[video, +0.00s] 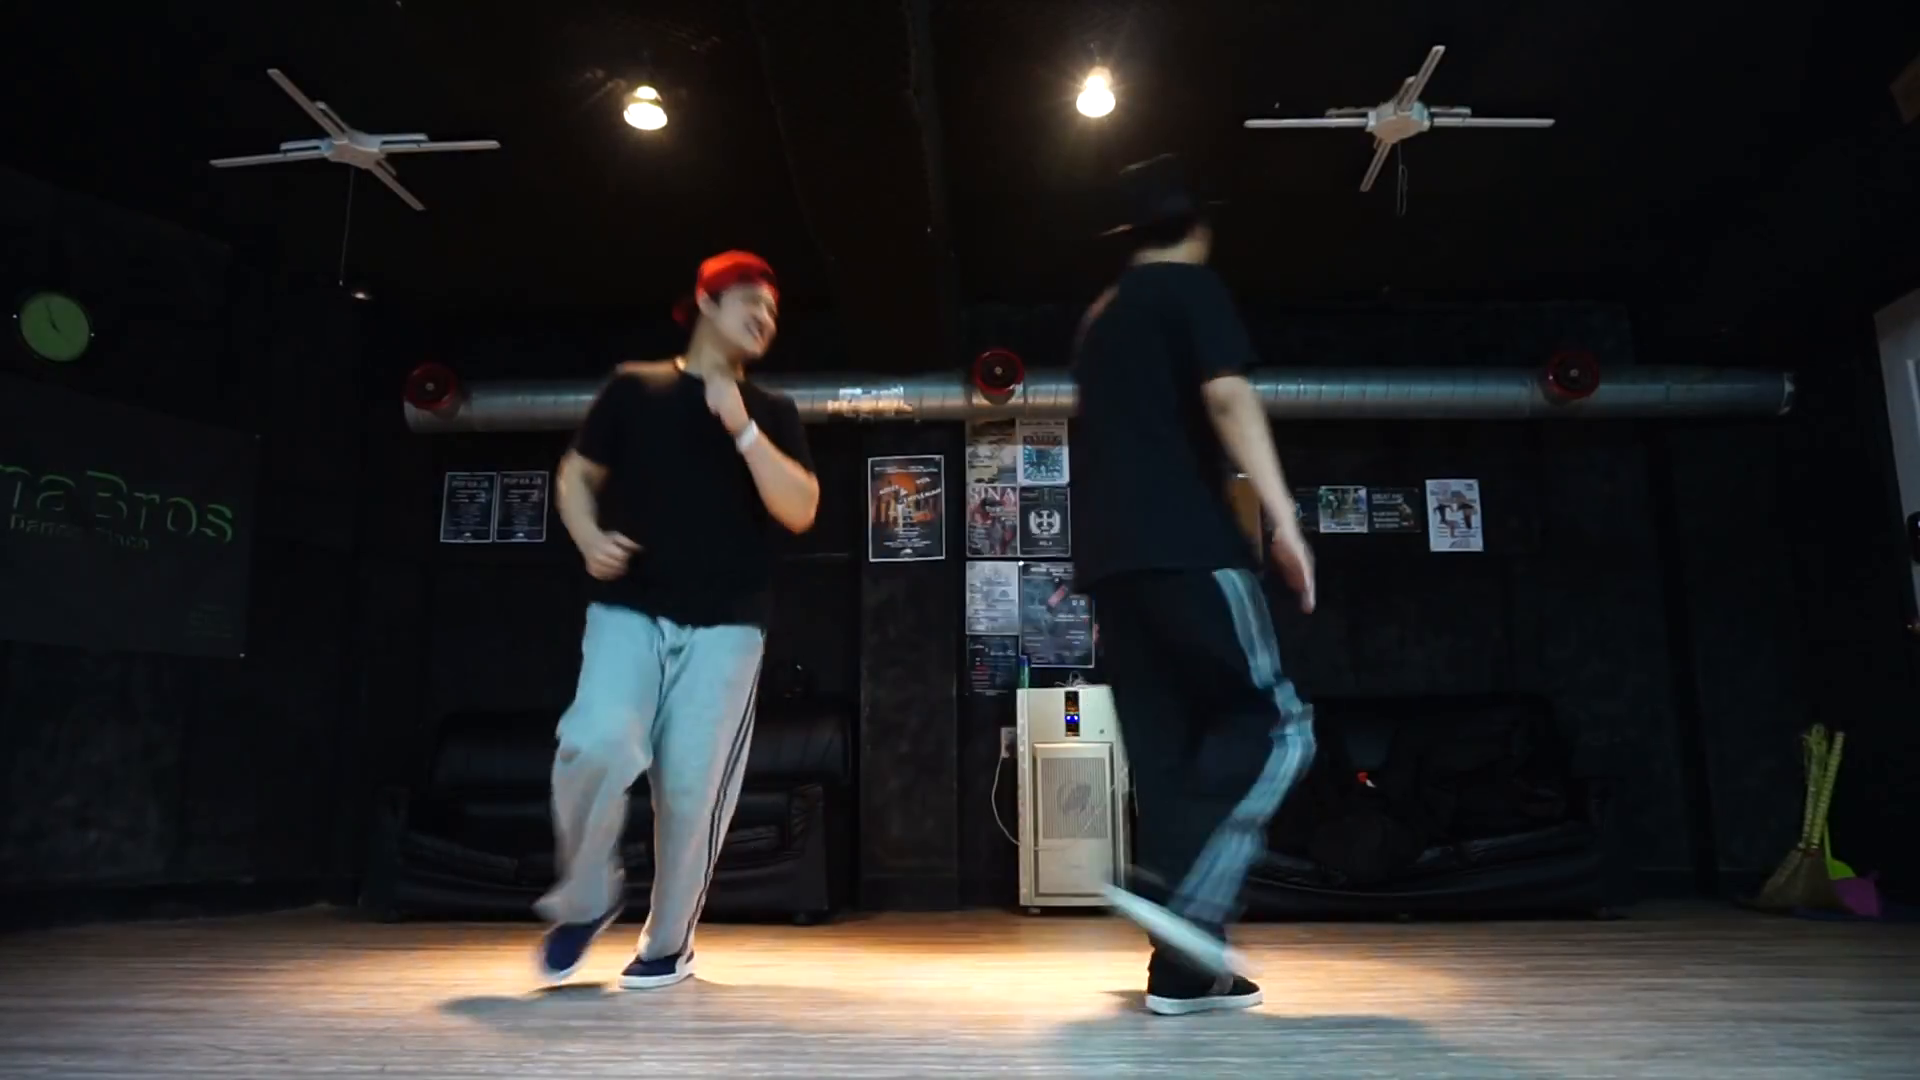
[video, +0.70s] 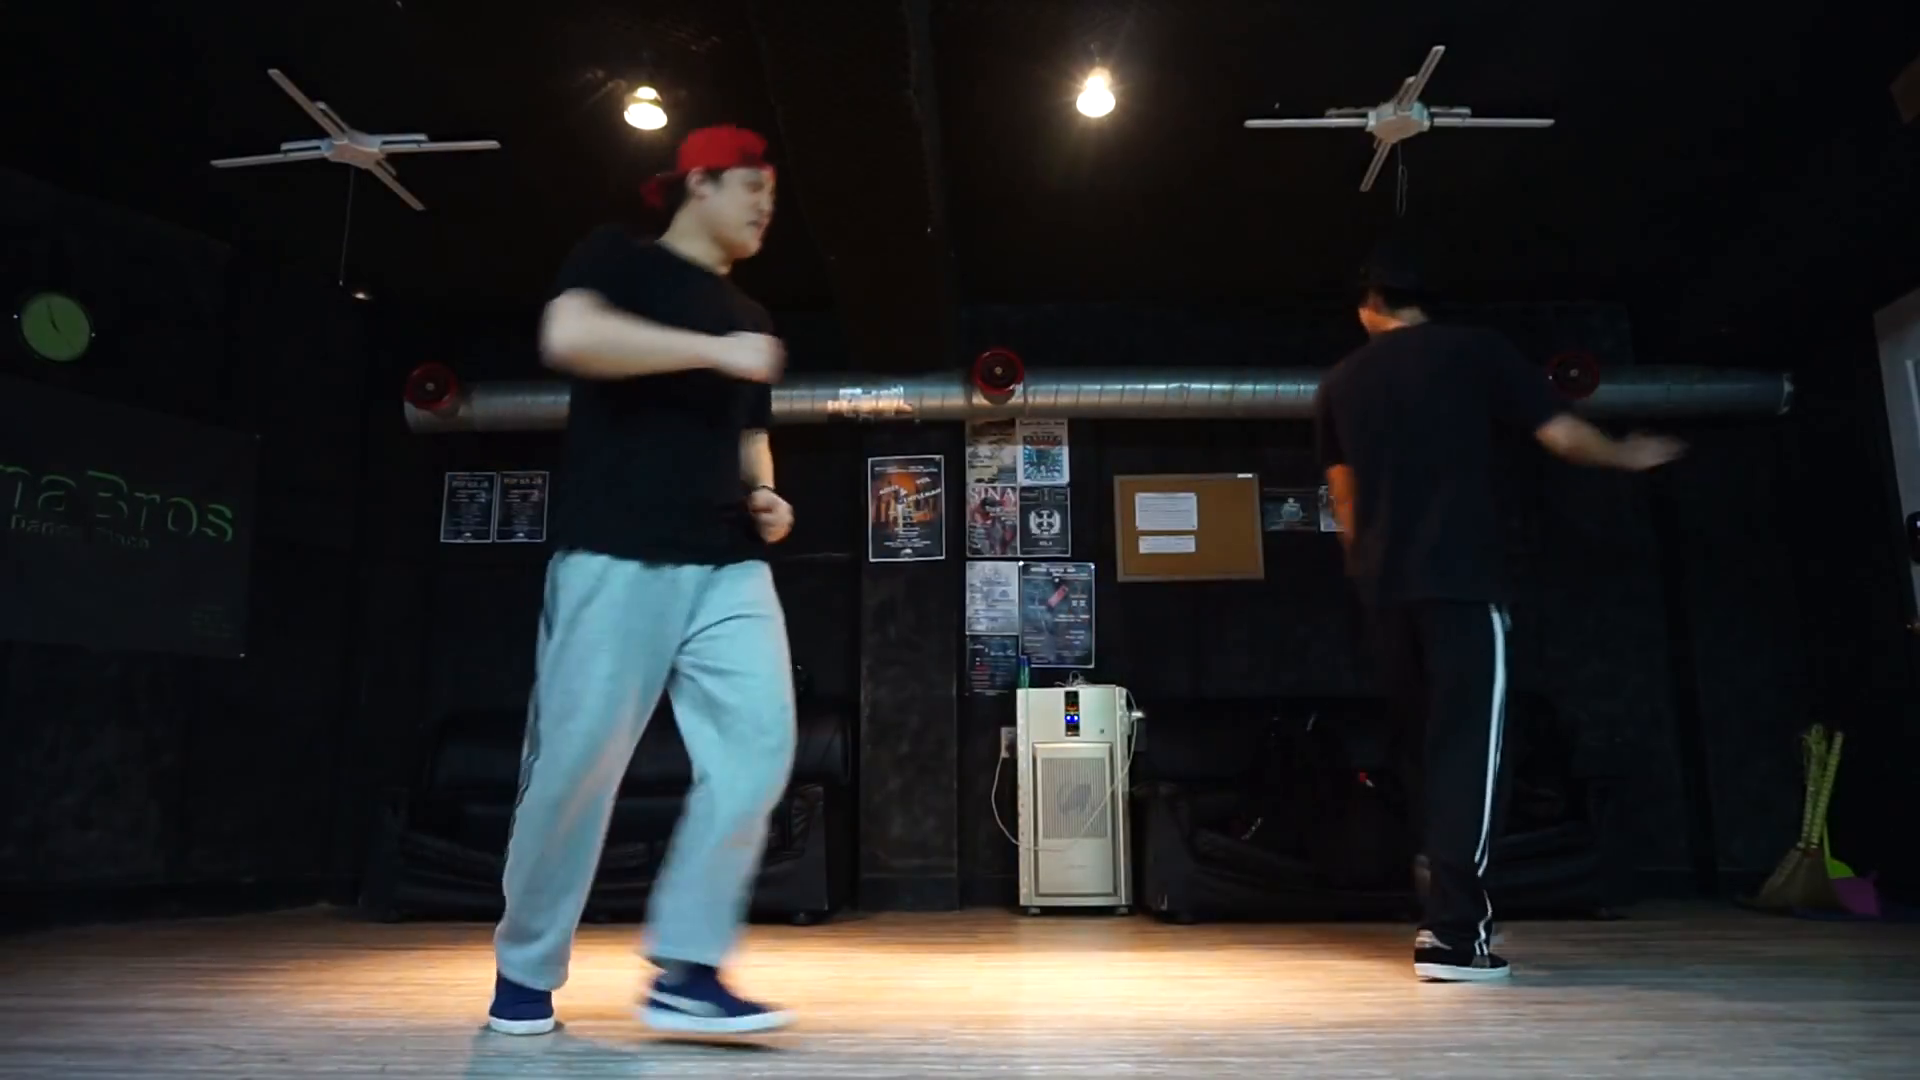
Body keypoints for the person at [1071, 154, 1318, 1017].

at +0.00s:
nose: (1208, 238)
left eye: (1199, 228)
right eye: (1206, 227)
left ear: (1133, 235)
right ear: (1196, 228)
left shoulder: (1105, 312)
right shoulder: (1192, 290)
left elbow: (1113, 443)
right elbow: (1229, 400)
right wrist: (1283, 518)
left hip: (1118, 560)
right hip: (1188, 551)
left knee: (1165, 750)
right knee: (1277, 723)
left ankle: (1183, 965)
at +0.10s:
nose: (1252, 251)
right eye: (1250, 239)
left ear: (1175, 242)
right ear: (1243, 238)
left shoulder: (1138, 326)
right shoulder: (1237, 297)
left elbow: (1114, 461)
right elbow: (1262, 385)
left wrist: (1102, 569)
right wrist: (1311, 492)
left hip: (1156, 574)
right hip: (1243, 564)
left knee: (1176, 760)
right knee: (1323, 727)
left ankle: (1184, 965)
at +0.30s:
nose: (1354, 299)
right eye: (1351, 289)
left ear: (1274, 282)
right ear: (1344, 286)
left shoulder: (1225, 363)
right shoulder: (1323, 334)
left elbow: (1158, 470)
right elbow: (1346, 387)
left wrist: (1113, 562)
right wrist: (1427, 464)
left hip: (1239, 600)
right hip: (1332, 593)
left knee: (1232, 762)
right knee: (1388, 760)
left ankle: (1190, 950)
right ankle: (1449, 934)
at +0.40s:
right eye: (1384, 296)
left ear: (1318, 295)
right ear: (1384, 295)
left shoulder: (1269, 375)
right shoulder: (1372, 348)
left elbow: (1207, 475)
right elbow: (1407, 396)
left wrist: (1152, 559)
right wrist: (1520, 458)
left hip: (1291, 595)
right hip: (1379, 588)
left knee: (1296, 745)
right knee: (1428, 753)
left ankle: (1227, 889)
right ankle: (1453, 939)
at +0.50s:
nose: (1354, 309)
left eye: (1347, 297)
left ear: (1339, 301)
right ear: (1408, 298)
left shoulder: (1300, 379)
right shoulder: (1417, 353)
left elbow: (1249, 488)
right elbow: (1494, 401)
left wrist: (1205, 569)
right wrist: (1617, 443)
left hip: (1327, 598)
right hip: (1416, 590)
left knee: (1349, 749)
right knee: (1451, 753)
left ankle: (1296, 853)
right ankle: (1452, 936)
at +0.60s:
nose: (1347, 309)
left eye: (1348, 299)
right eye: (1355, 299)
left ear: (1355, 301)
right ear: (1420, 294)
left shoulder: (1322, 374)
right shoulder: (1450, 350)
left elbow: (1296, 485)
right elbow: (1545, 406)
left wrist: (1279, 563)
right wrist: (1660, 438)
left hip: (1358, 591)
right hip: (1442, 583)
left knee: (1391, 740)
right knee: (1462, 751)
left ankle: (1374, 876)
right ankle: (1455, 937)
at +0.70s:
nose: (1362, 319)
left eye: (1360, 311)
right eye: (1369, 310)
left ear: (1368, 309)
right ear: (1429, 298)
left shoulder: (1344, 382)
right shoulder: (1475, 353)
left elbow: (1345, 495)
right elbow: (1563, 435)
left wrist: (1362, 561)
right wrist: (1628, 452)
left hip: (1389, 591)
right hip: (1467, 583)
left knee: (1427, 747)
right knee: (1472, 749)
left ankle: (1452, 918)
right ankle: (1453, 935)